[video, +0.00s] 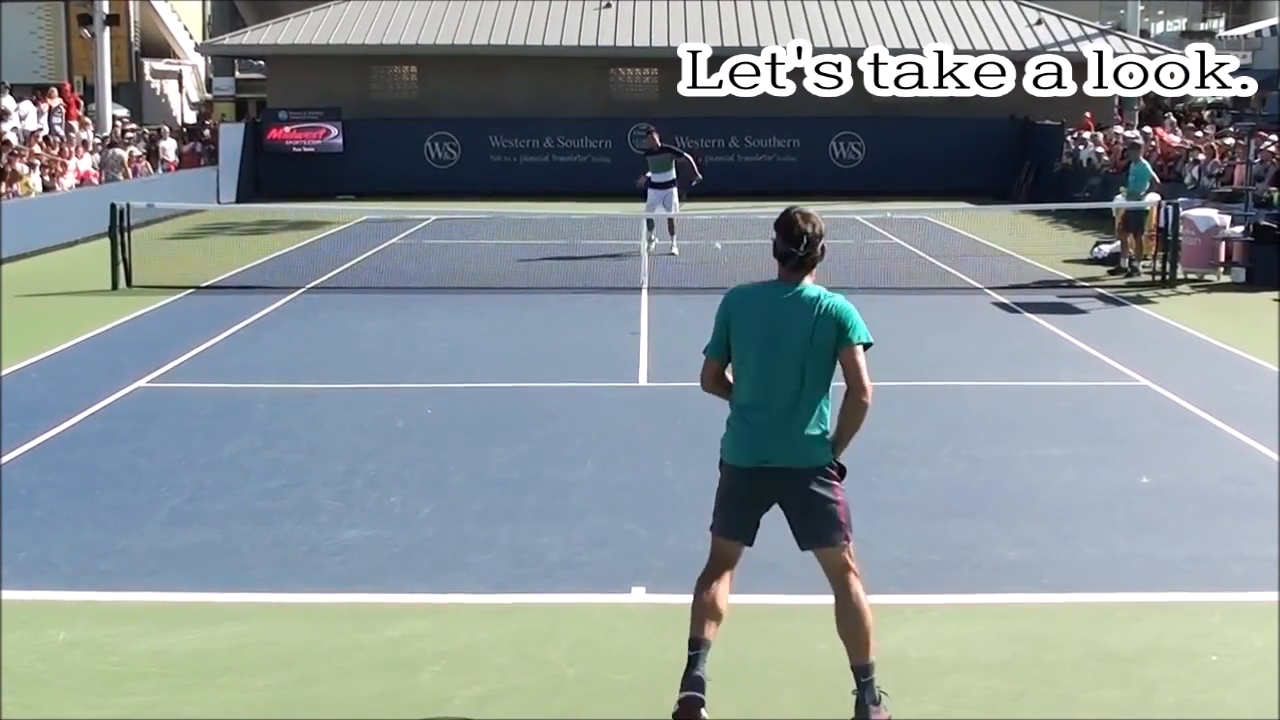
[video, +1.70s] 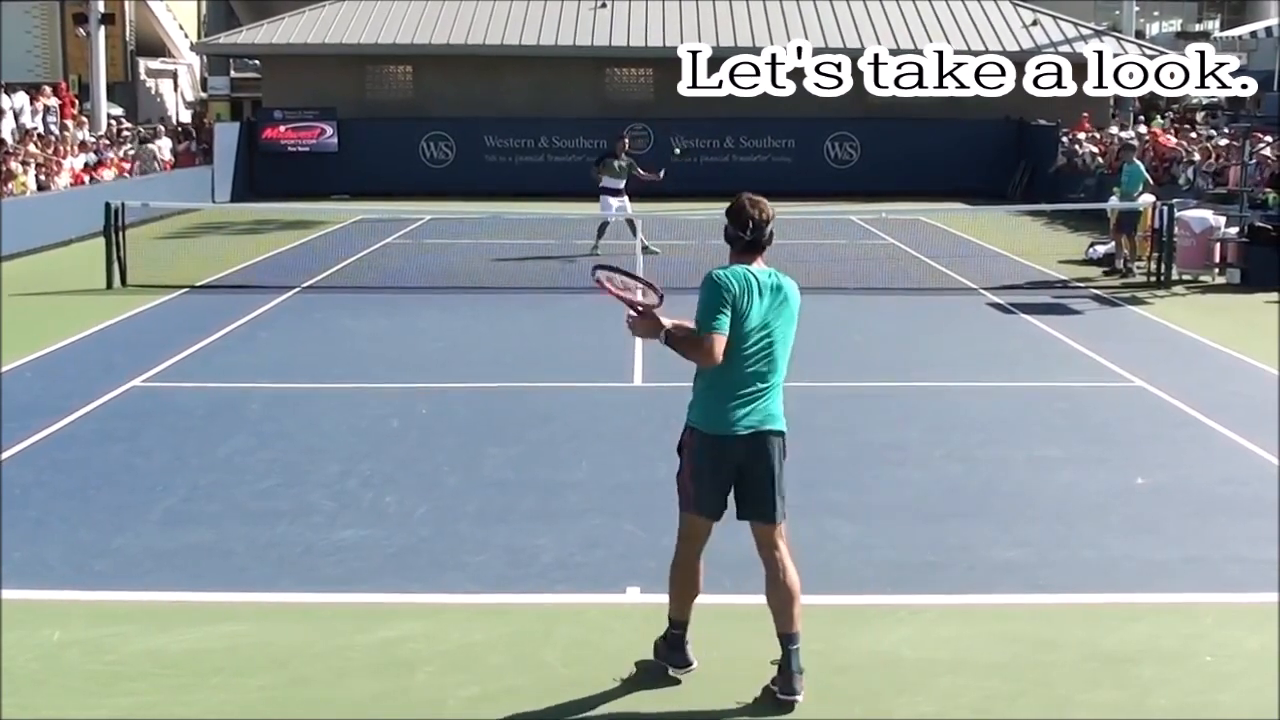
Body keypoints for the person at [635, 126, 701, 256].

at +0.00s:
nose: (653, 141)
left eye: (654, 137)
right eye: (650, 139)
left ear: (658, 137)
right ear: (647, 141)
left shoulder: (668, 150)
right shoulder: (648, 154)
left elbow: (688, 157)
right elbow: (652, 169)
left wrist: (697, 173)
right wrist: (646, 176)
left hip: (670, 188)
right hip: (653, 188)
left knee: (671, 216)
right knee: (648, 215)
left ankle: (673, 244)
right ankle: (651, 238)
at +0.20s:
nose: (650, 142)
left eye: (652, 139)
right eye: (648, 140)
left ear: (656, 140)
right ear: (645, 141)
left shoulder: (665, 153)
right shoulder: (641, 156)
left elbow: (679, 162)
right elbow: (640, 172)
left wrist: (682, 177)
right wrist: (645, 183)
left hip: (664, 186)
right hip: (649, 186)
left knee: (666, 215)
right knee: (649, 215)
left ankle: (668, 242)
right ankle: (654, 241)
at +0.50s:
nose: (652, 141)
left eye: (654, 138)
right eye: (650, 139)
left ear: (658, 140)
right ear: (646, 140)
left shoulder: (666, 155)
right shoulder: (640, 155)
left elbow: (672, 170)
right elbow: (637, 172)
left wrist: (666, 181)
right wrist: (641, 173)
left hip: (659, 190)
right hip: (643, 189)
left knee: (658, 217)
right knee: (637, 216)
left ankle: (657, 244)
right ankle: (639, 237)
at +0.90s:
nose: (645, 144)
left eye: (647, 142)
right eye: (642, 142)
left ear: (650, 144)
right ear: (638, 144)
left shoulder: (655, 160)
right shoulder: (631, 158)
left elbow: (659, 177)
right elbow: (625, 176)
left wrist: (653, 185)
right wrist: (635, 174)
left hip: (648, 190)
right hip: (633, 190)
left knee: (653, 218)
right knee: (630, 218)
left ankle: (653, 244)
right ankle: (621, 244)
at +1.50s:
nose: (635, 145)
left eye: (637, 143)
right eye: (634, 143)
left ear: (640, 146)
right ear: (630, 145)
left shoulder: (642, 162)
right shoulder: (622, 158)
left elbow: (651, 180)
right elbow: (616, 174)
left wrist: (665, 176)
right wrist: (630, 175)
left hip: (636, 193)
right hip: (621, 193)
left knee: (646, 218)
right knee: (620, 220)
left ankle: (658, 245)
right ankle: (602, 243)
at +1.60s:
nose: (629, 147)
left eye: (631, 144)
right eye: (627, 144)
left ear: (633, 147)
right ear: (621, 146)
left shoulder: (635, 163)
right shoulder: (613, 160)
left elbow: (648, 176)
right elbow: (603, 173)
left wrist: (665, 171)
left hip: (628, 196)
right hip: (613, 196)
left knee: (637, 221)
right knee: (613, 220)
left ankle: (652, 246)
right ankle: (597, 246)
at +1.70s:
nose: (624, 146)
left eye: (626, 144)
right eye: (622, 144)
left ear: (628, 146)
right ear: (616, 144)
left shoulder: (629, 162)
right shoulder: (606, 158)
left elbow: (642, 175)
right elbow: (593, 171)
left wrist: (657, 177)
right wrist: (600, 179)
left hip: (621, 193)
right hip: (607, 192)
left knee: (629, 219)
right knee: (608, 218)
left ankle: (644, 245)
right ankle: (595, 245)